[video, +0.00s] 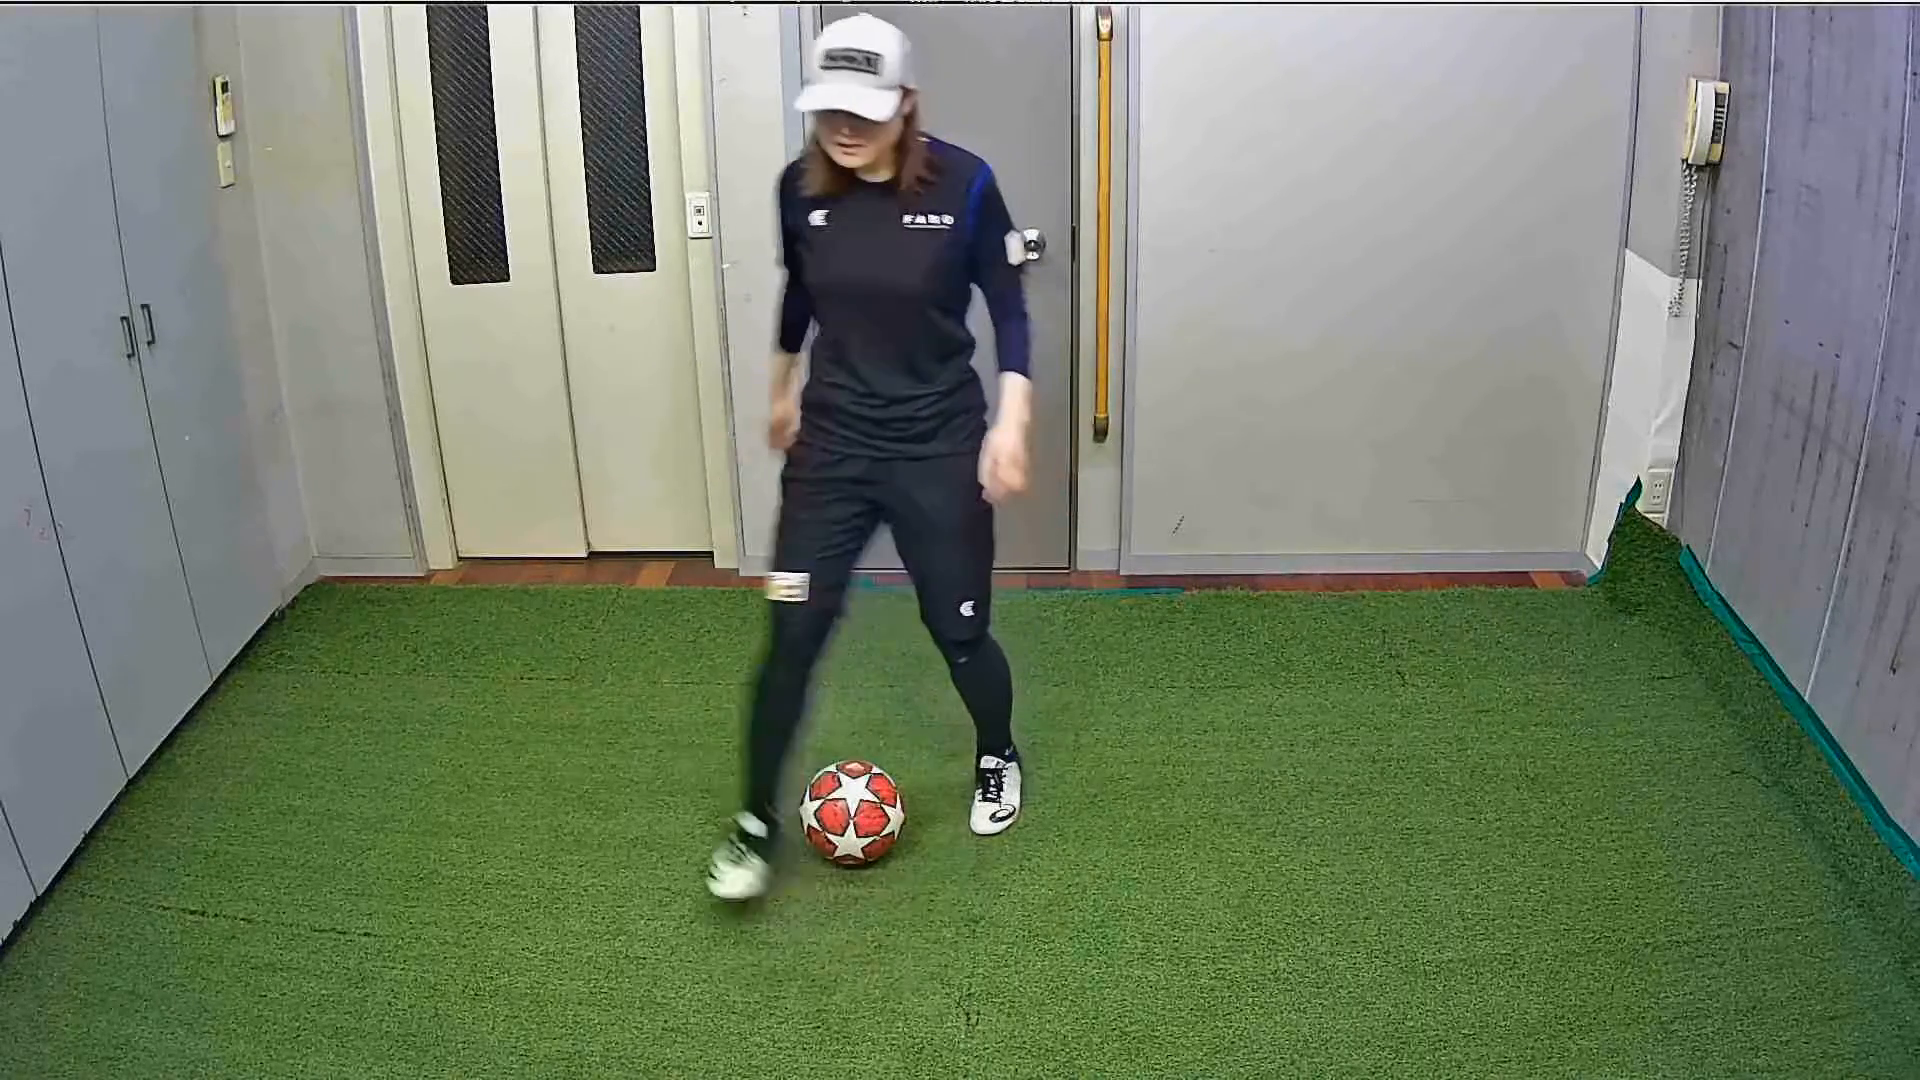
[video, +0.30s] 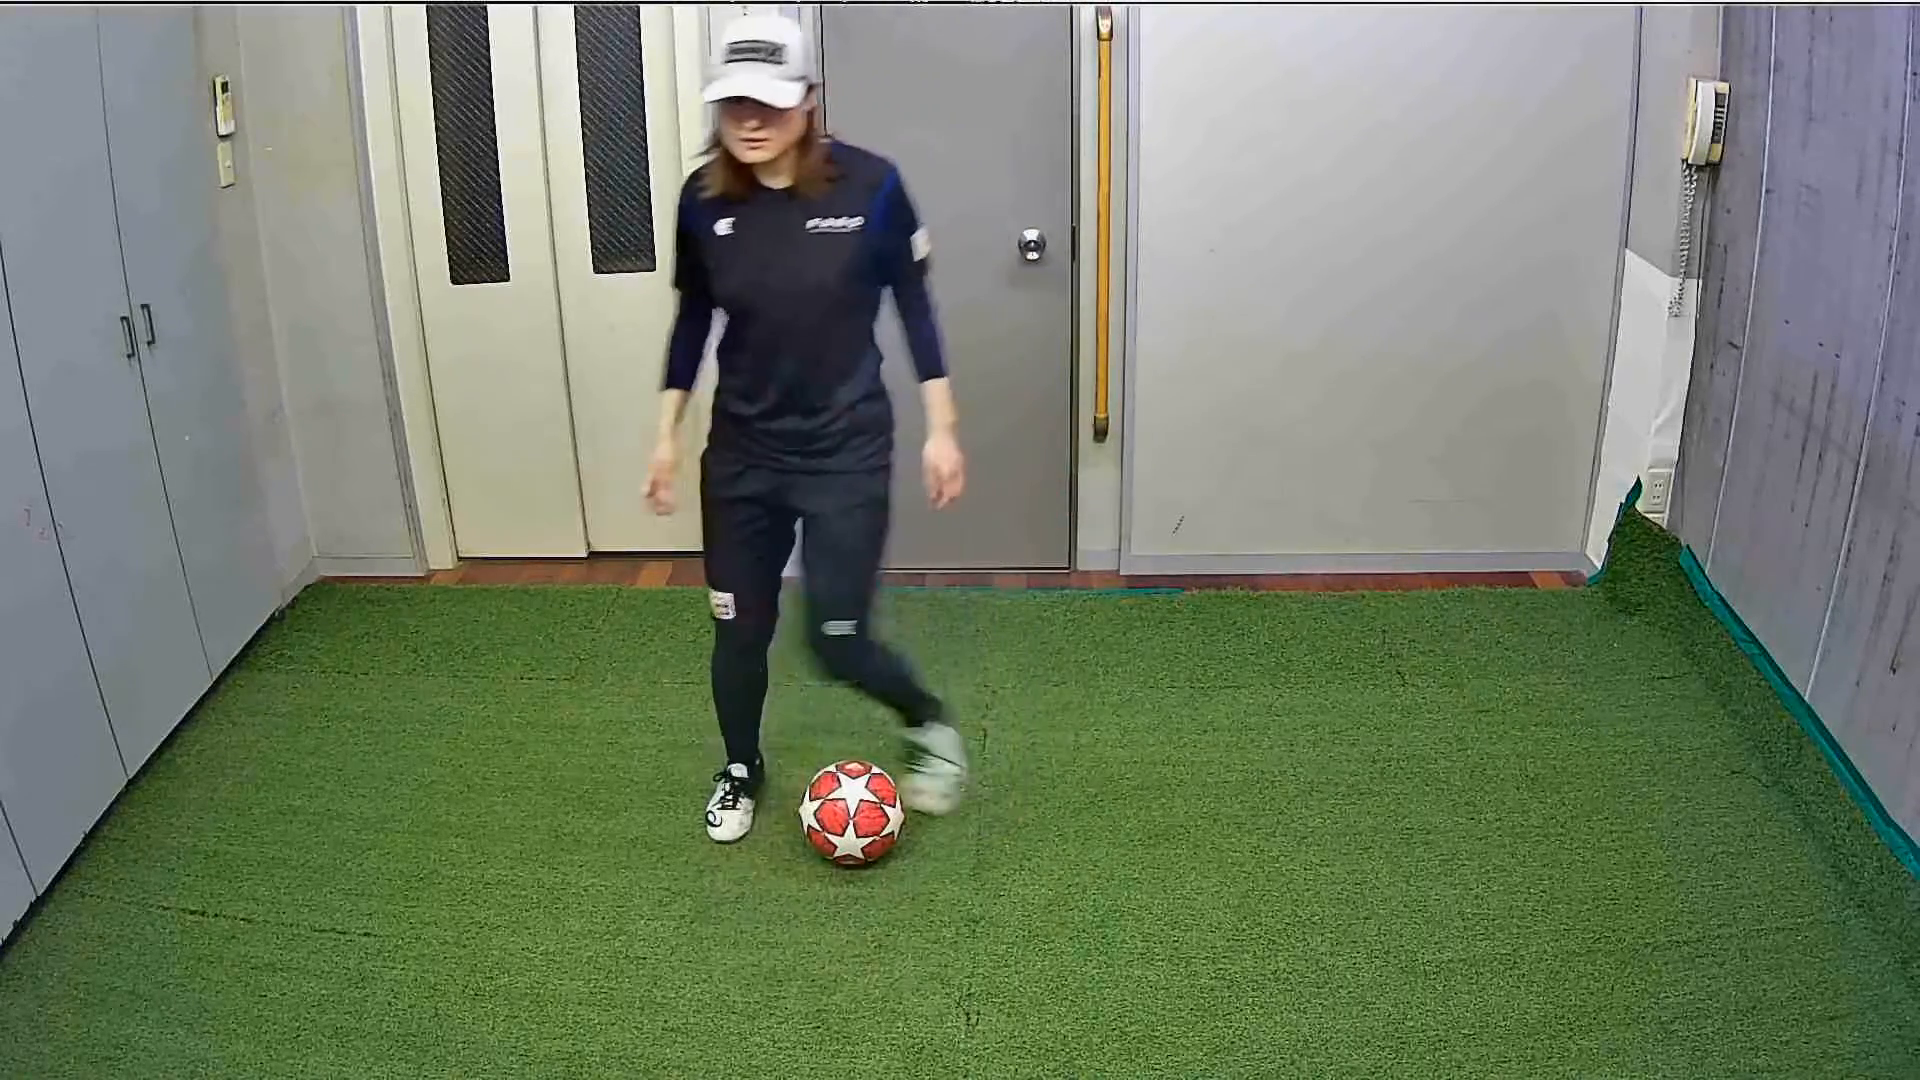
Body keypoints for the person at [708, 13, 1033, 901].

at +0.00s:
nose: (846, 127)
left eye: (864, 112)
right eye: (830, 111)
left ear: (903, 106)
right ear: (810, 108)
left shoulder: (963, 184)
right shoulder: (800, 187)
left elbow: (1009, 306)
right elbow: (799, 288)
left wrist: (1011, 420)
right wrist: (782, 391)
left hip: (939, 442)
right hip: (832, 442)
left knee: (960, 626)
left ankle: (997, 758)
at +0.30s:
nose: (750, 120)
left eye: (770, 103)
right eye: (733, 103)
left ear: (811, 103)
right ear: (714, 108)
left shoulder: (870, 186)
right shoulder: (704, 201)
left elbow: (915, 300)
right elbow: (694, 312)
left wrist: (942, 427)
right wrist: (666, 436)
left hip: (846, 446)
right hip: (742, 447)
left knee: (839, 644)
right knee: (738, 626)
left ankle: (930, 722)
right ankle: (741, 770)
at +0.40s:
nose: (721, 123)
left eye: (742, 107)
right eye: (705, 108)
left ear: (779, 108)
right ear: (686, 114)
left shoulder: (844, 185)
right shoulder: (681, 210)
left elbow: (879, 302)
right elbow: (658, 331)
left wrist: (903, 409)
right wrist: (631, 451)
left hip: (829, 451)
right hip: (727, 452)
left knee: (772, 645)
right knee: (726, 630)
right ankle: (742, 769)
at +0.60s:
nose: (714, 122)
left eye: (733, 105)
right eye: (697, 107)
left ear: (769, 106)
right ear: (677, 115)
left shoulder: (835, 181)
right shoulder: (663, 215)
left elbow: (873, 302)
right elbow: (642, 344)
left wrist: (894, 425)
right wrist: (622, 469)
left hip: (831, 445)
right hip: (724, 454)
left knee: (805, 635)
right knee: (733, 632)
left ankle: (800, 836)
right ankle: (743, 770)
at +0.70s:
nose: (724, 120)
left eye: (742, 103)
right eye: (707, 104)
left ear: (776, 104)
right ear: (684, 110)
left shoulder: (837, 179)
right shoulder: (663, 208)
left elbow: (872, 303)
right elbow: (649, 340)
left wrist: (897, 426)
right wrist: (632, 469)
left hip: (838, 436)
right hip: (729, 447)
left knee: (854, 633)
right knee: (734, 628)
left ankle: (888, 828)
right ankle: (741, 772)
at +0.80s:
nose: (751, 114)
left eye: (772, 98)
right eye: (734, 95)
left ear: (803, 100)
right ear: (708, 99)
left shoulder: (858, 182)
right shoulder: (689, 197)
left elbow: (886, 313)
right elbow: (673, 324)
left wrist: (915, 437)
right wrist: (657, 452)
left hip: (857, 437)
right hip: (747, 446)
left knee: (915, 619)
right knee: (743, 624)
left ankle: (984, 788)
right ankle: (744, 772)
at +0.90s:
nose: (770, 110)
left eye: (789, 94)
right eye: (752, 93)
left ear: (820, 98)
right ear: (727, 99)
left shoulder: (876, 182)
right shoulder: (708, 194)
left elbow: (907, 316)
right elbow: (689, 316)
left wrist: (931, 445)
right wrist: (671, 445)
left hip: (873, 443)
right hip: (761, 447)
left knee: (930, 621)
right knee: (752, 624)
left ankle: (994, 747)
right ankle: (742, 772)